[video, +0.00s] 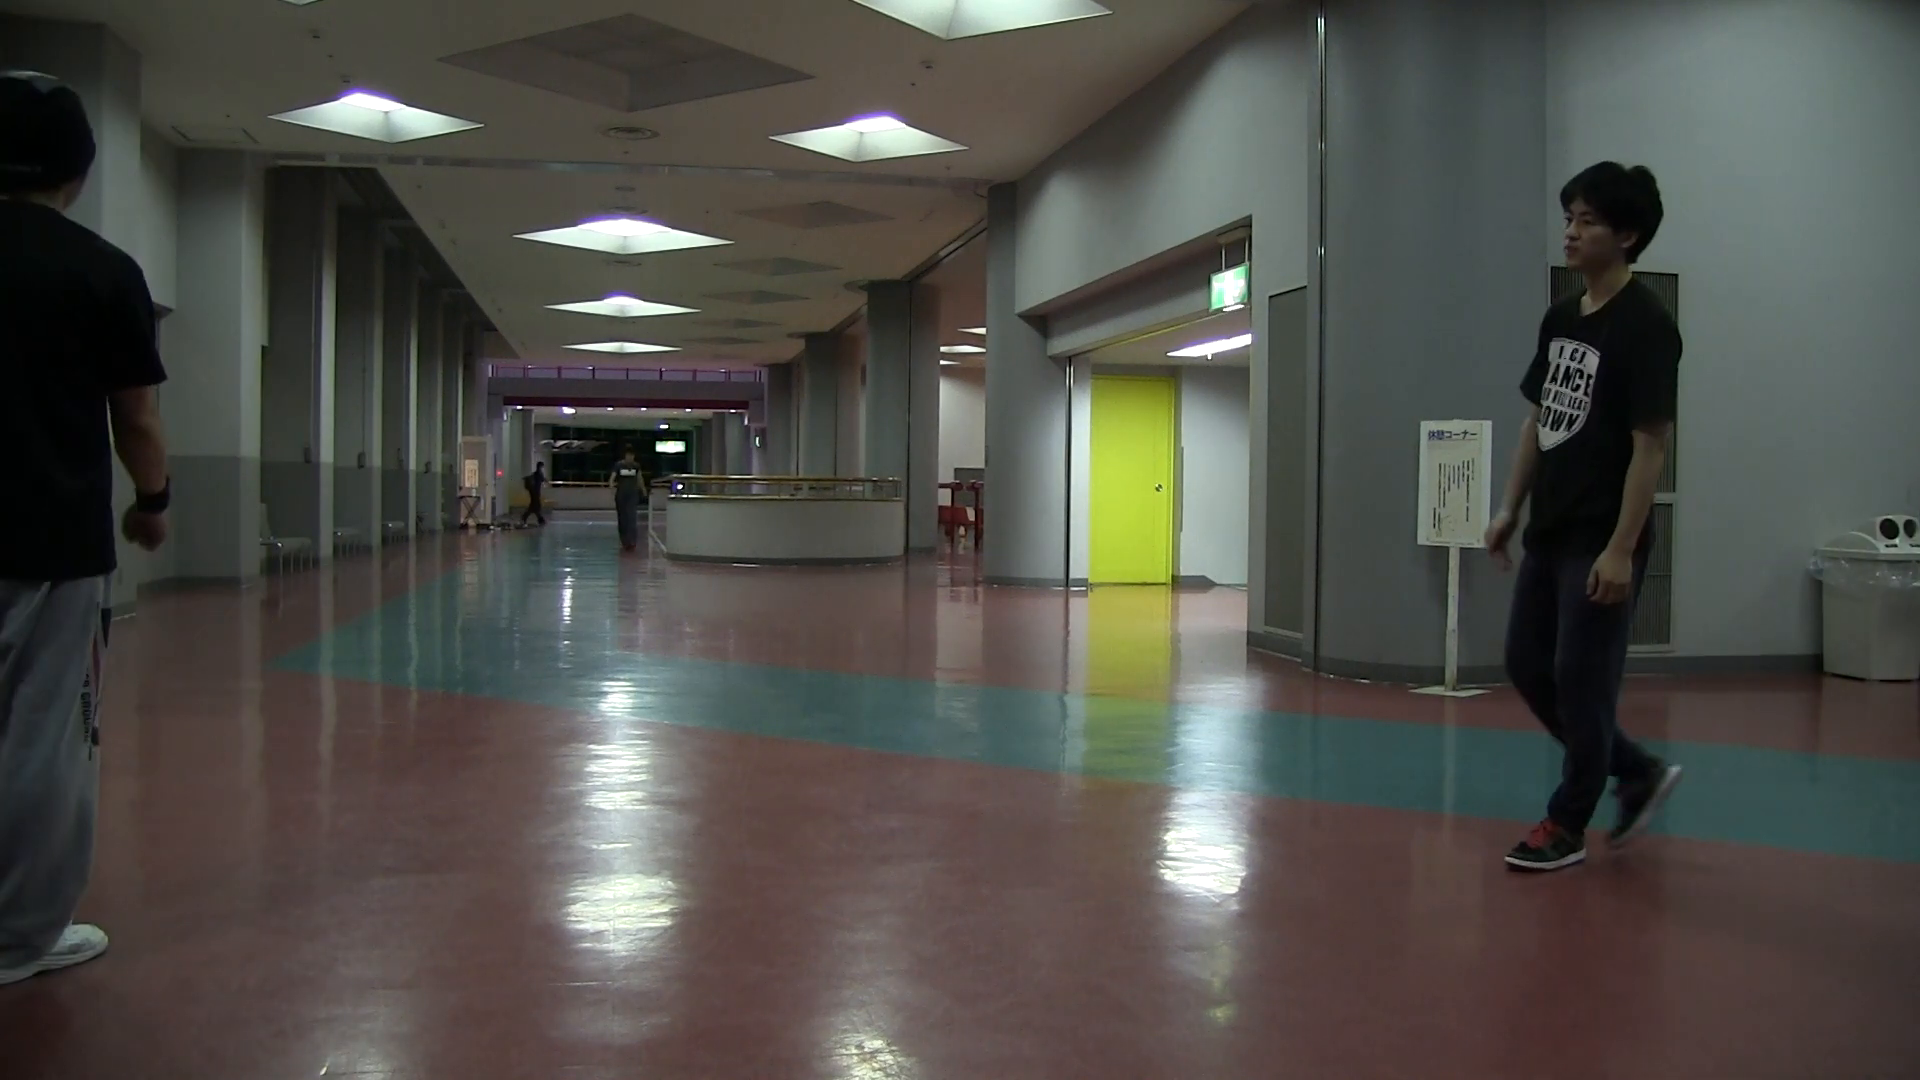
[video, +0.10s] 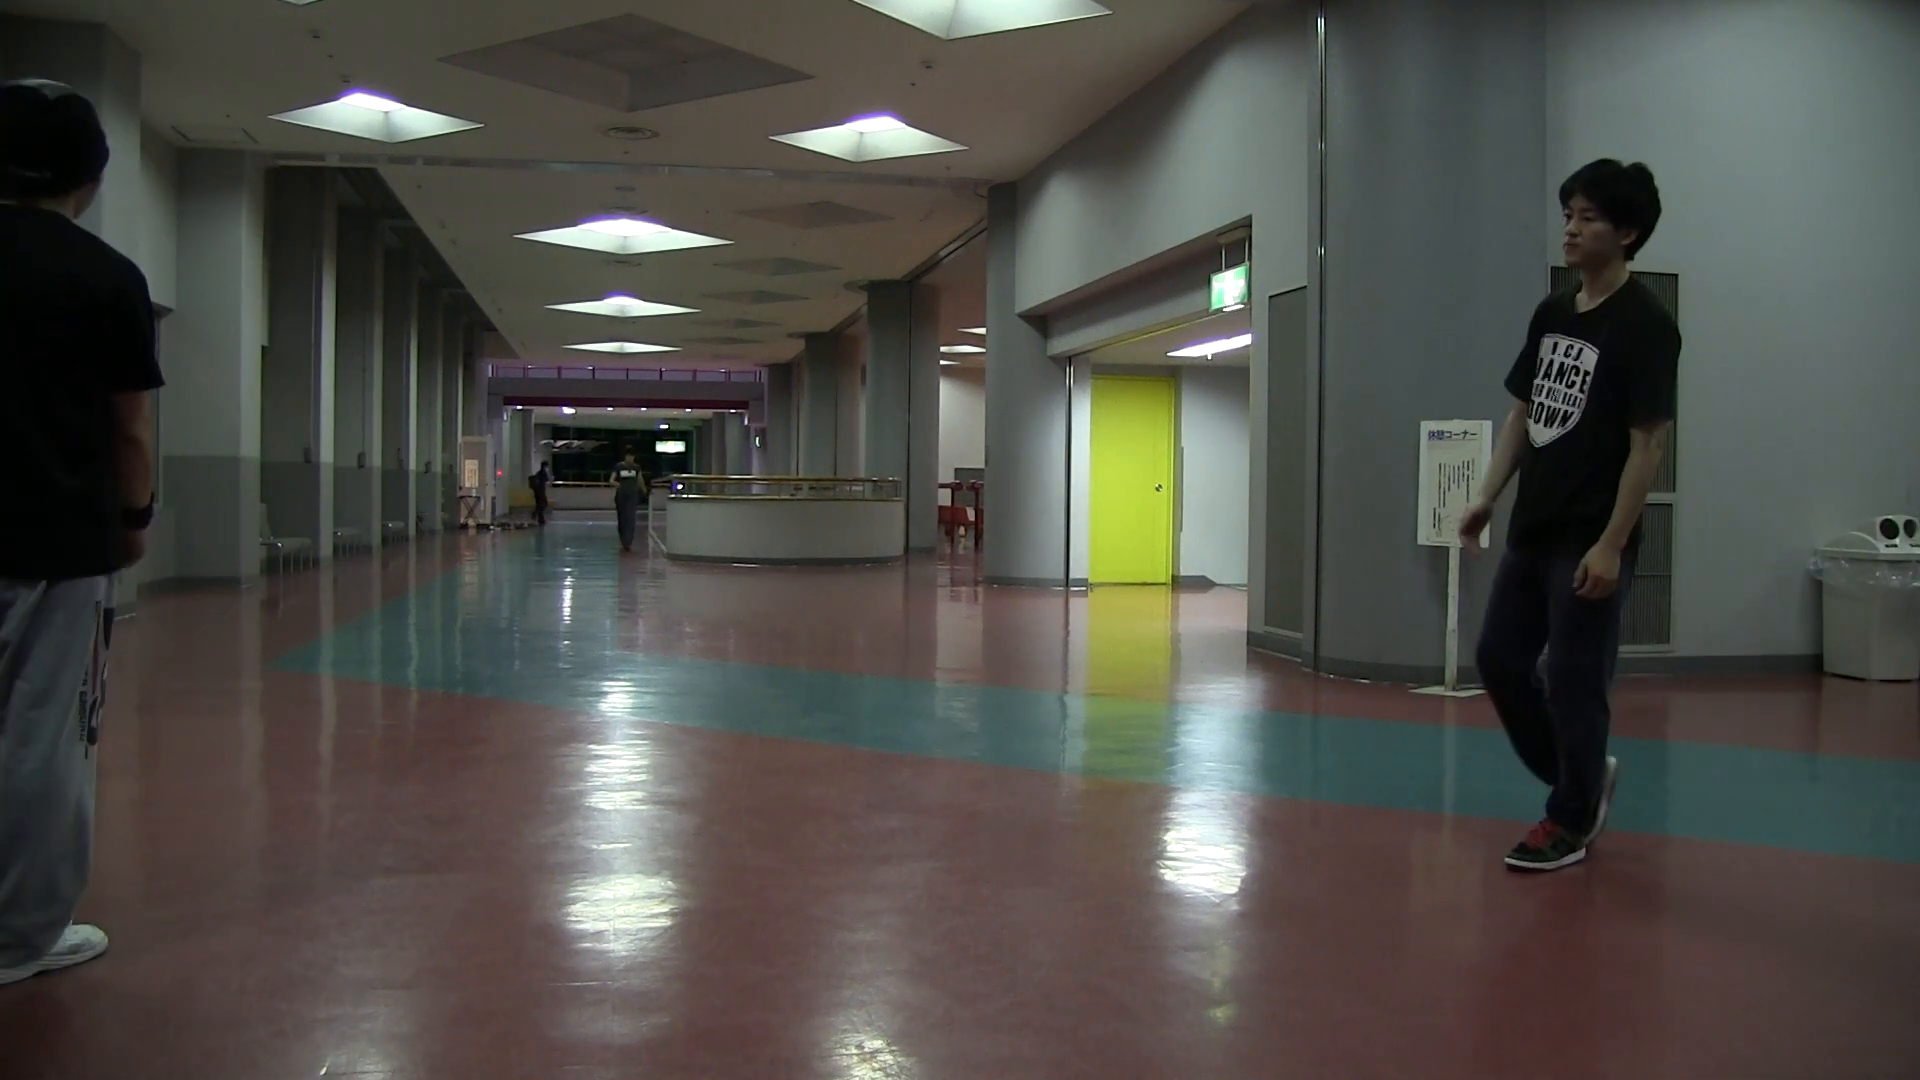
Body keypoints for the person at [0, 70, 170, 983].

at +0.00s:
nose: (80, 179)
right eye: (79, 163)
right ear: (73, 167)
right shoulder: (99, 271)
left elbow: (134, 417)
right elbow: (135, 414)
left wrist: (151, 491)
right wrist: (153, 494)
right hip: (49, 539)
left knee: (35, 731)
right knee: (42, 731)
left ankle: (27, 925)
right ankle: (25, 931)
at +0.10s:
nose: (93, 183)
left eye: (84, 168)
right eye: (93, 170)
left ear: (3, 169)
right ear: (86, 176)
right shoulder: (105, 278)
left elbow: (129, 430)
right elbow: (130, 428)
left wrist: (130, 514)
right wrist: (132, 517)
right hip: (49, 539)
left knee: (36, 728)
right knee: (40, 730)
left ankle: (27, 923)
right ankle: (25, 930)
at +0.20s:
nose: (107, 190)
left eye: (102, 176)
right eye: (105, 177)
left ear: (14, 174)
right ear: (91, 183)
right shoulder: (94, 275)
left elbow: (122, 429)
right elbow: (121, 426)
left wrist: (129, 531)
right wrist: (133, 531)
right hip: (48, 540)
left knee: (34, 729)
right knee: (41, 733)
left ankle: (27, 923)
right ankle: (26, 931)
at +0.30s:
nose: (112, 193)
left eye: (110, 178)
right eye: (107, 179)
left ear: (27, 179)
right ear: (81, 185)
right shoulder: (80, 275)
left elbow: (105, 422)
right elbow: (106, 423)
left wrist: (142, 533)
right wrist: (147, 534)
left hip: (23, 542)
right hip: (44, 545)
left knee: (31, 722)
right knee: (43, 730)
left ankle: (29, 919)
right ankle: (28, 929)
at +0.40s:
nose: (109, 203)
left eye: (106, 186)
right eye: (101, 187)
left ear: (33, 187)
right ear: (63, 191)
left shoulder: (27, 270)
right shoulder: (49, 279)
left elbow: (81, 412)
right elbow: (85, 412)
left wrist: (144, 524)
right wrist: (154, 530)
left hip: (23, 544)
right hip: (31, 548)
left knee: (40, 721)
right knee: (45, 726)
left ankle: (38, 905)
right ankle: (28, 929)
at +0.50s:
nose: (103, 203)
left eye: (101, 187)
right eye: (92, 188)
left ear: (41, 192)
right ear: (49, 193)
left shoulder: (20, 267)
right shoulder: (28, 272)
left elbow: (58, 390)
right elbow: (54, 391)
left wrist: (125, 485)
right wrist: (131, 494)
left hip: (25, 539)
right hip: (21, 545)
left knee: (42, 711)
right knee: (41, 720)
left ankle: (36, 878)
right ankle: (24, 924)